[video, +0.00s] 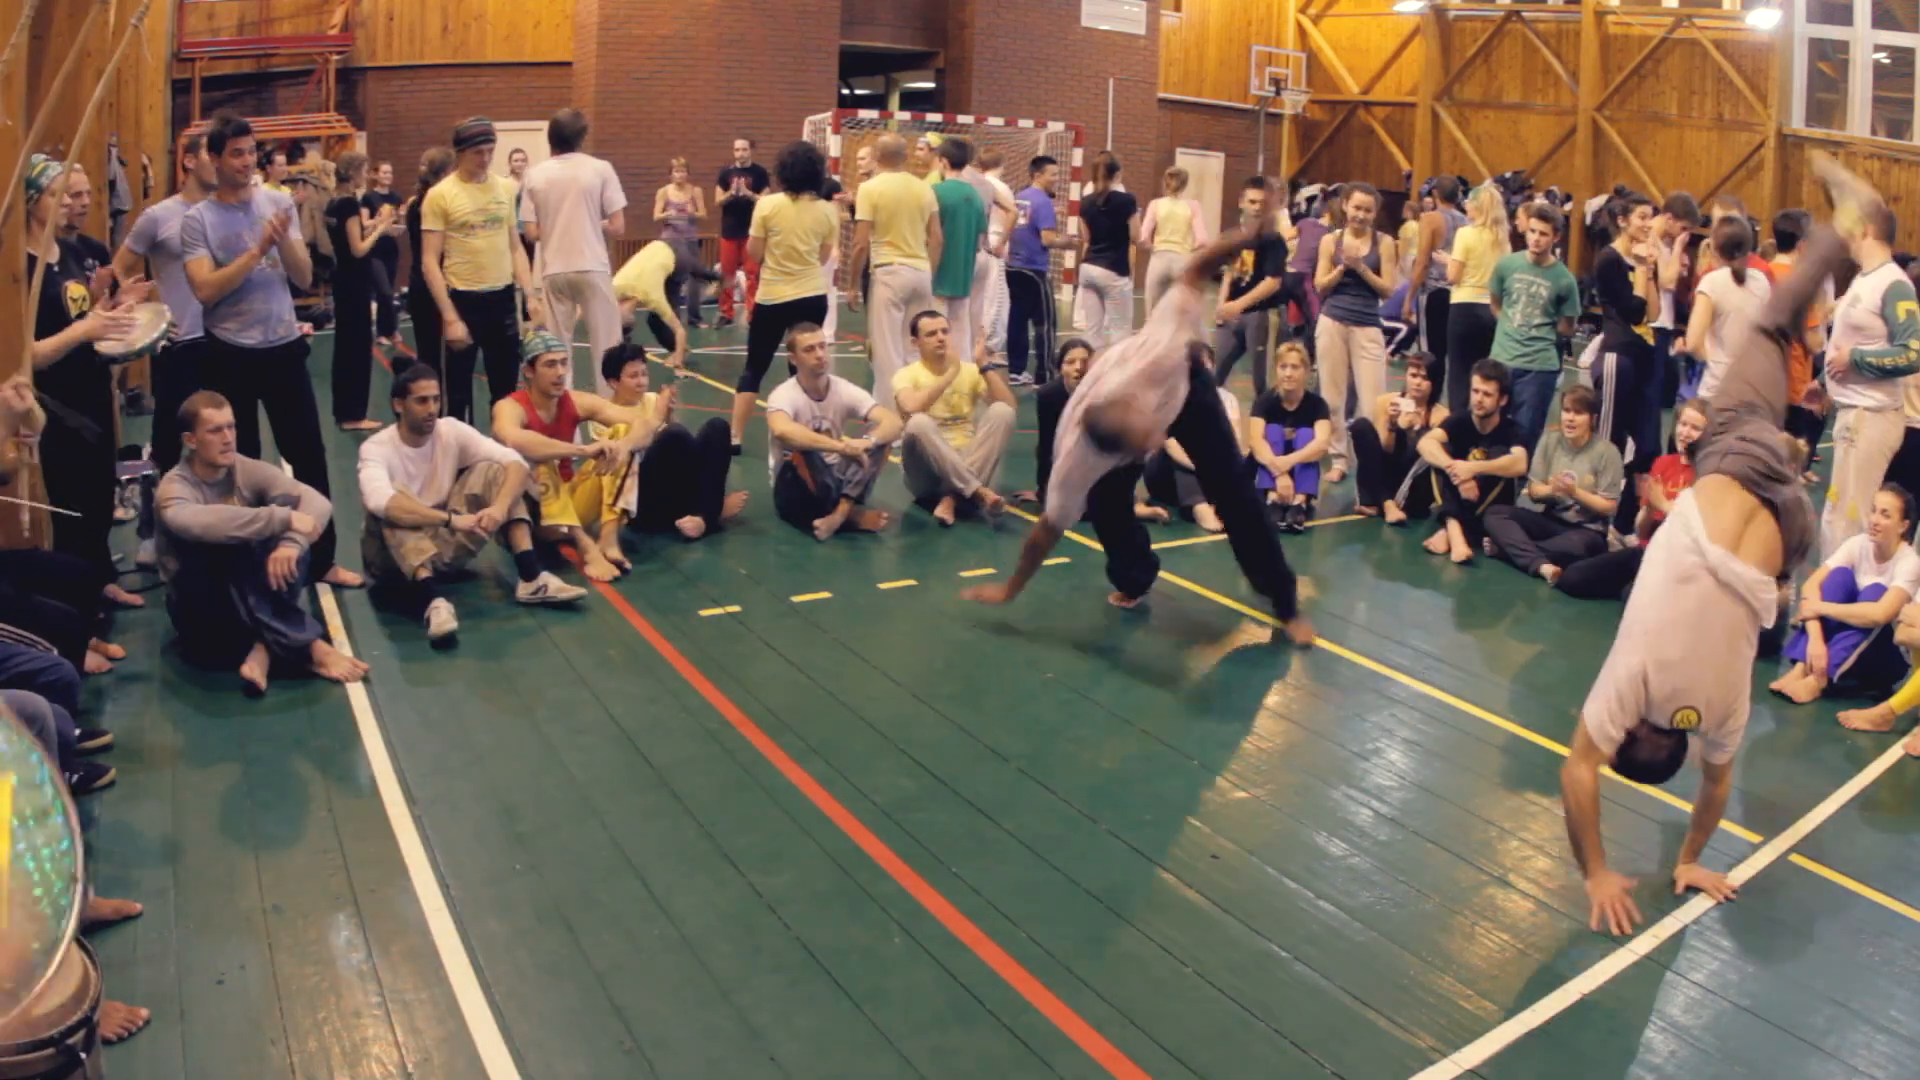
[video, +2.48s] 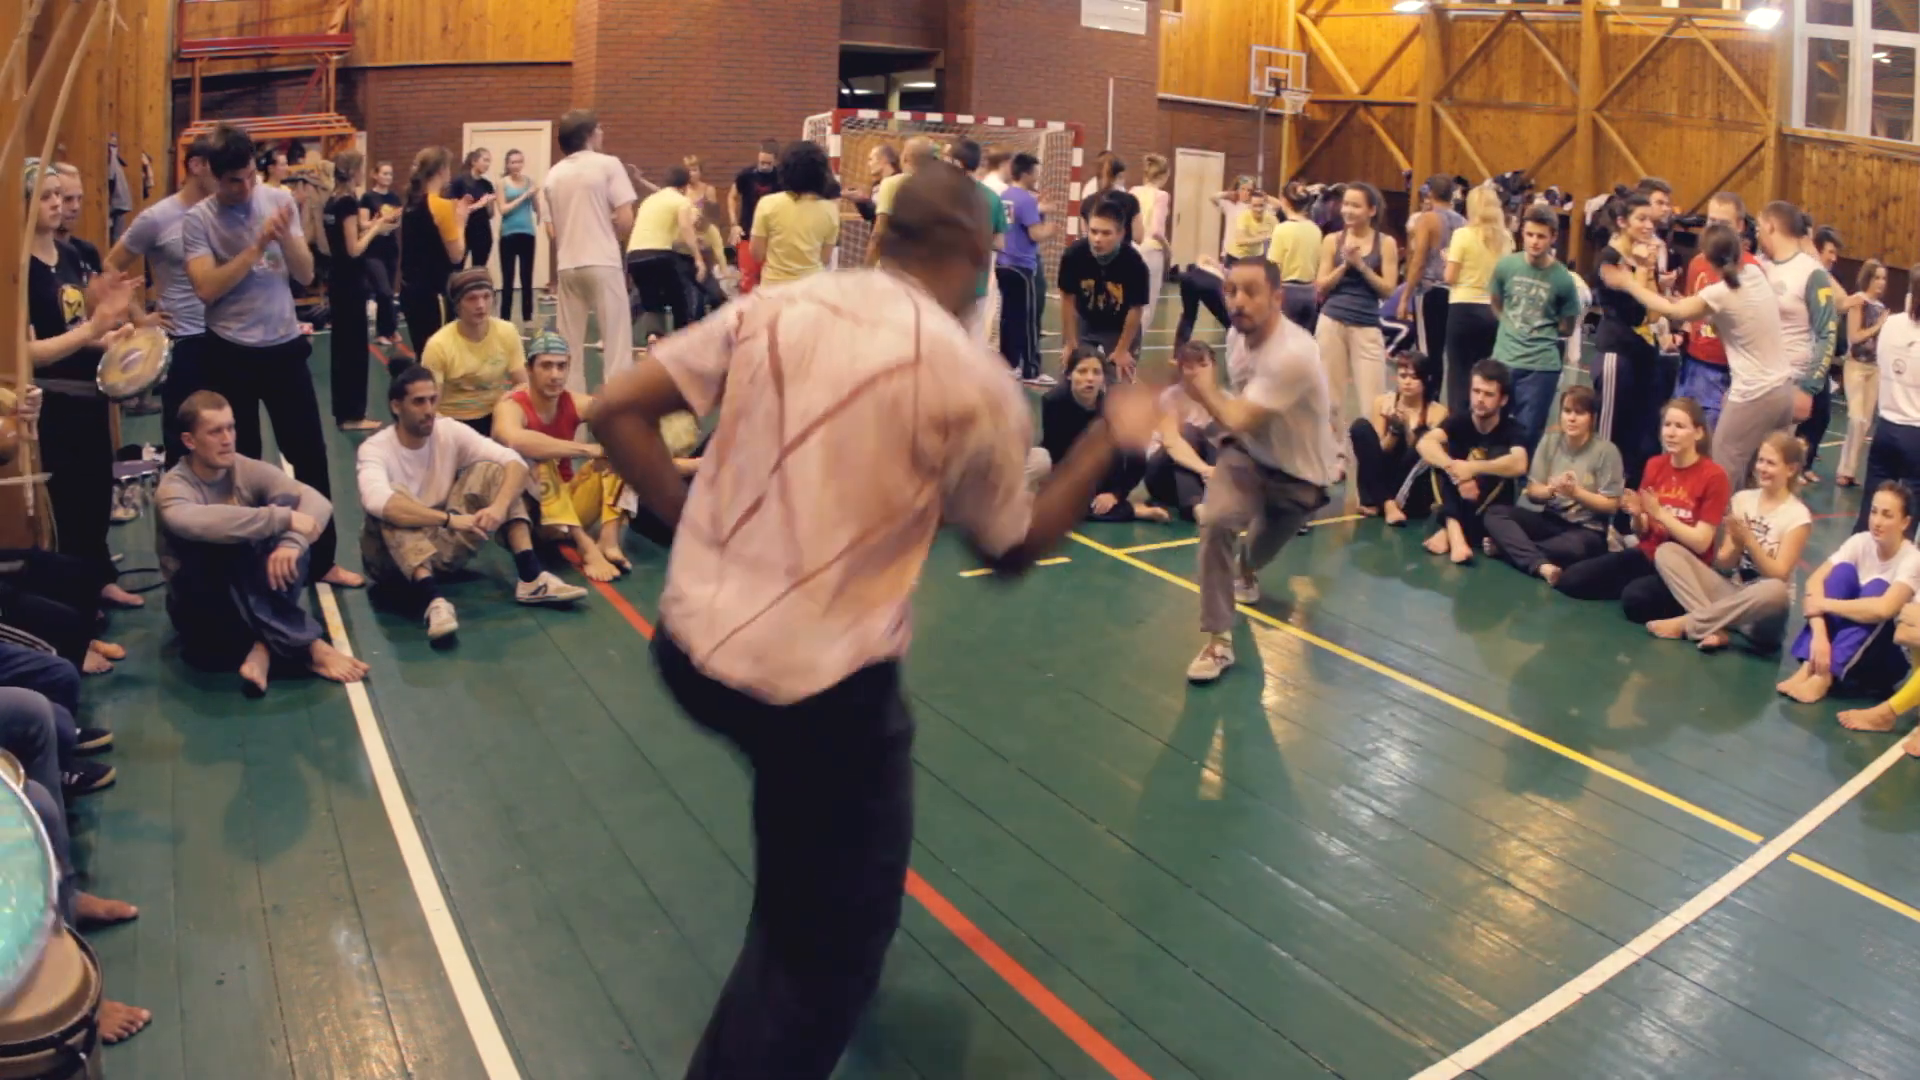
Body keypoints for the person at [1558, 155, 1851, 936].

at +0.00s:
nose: (1634, 772)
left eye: (1641, 771)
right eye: (1628, 766)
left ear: (1671, 749)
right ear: (1627, 737)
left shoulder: (1725, 710)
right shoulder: (1618, 689)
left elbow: (1716, 786)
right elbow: (1577, 776)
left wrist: (1690, 860)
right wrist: (1595, 874)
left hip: (1788, 514)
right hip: (1730, 462)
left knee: (1789, 567)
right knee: (1770, 321)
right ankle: (1840, 235)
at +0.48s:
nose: (1687, 383)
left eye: (1690, 377)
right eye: (1682, 373)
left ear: (1718, 374)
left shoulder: (1774, 431)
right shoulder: (1756, 336)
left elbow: (1833, 525)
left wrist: (1759, 553)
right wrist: (1715, 412)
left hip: (1811, 545)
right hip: (1778, 519)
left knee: (1693, 631)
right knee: (1783, 626)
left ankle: (1722, 743)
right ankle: (1852, 721)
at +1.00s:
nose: (1673, 382)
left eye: (1685, 371)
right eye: (1673, 368)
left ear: (1727, 380)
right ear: (1723, 379)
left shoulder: (1748, 429)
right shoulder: (1717, 420)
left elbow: (1638, 442)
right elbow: (1630, 423)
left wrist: (1662, 344)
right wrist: (1659, 339)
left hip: (1756, 620)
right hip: (1732, 604)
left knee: (1625, 680)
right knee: (1751, 709)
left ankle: (1533, 810)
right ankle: (1831, 791)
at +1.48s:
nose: (1530, 583)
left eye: (1549, 592)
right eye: (1542, 566)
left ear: (1572, 603)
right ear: (1554, 534)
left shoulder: (1579, 622)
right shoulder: (1500, 523)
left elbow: (1556, 731)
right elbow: (1458, 631)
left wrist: (1527, 819)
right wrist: (1510, 734)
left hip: (1505, 643)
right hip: (1436, 599)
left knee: (1503, 730)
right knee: (1359, 652)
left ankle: (1487, 833)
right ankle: (1326, 689)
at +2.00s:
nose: (1201, 428)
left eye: (1210, 413)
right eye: (1190, 417)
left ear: (1239, 398)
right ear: (1179, 412)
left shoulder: (1293, 423)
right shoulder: (1171, 431)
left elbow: (1387, 463)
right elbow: (1101, 471)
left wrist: (1436, 509)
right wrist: (1038, 501)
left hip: (1335, 497)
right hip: (1253, 502)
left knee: (1388, 591)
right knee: (1202, 562)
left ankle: (1445, 643)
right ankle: (1226, 682)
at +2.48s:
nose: (1238, 302)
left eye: (1250, 292)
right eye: (1232, 291)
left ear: (1277, 296)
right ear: (1226, 294)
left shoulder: (1296, 353)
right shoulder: (1239, 338)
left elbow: (1241, 420)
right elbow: (1244, 401)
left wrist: (1204, 389)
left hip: (1299, 480)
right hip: (1246, 455)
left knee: (1260, 550)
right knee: (1216, 522)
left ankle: (1245, 570)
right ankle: (1218, 639)